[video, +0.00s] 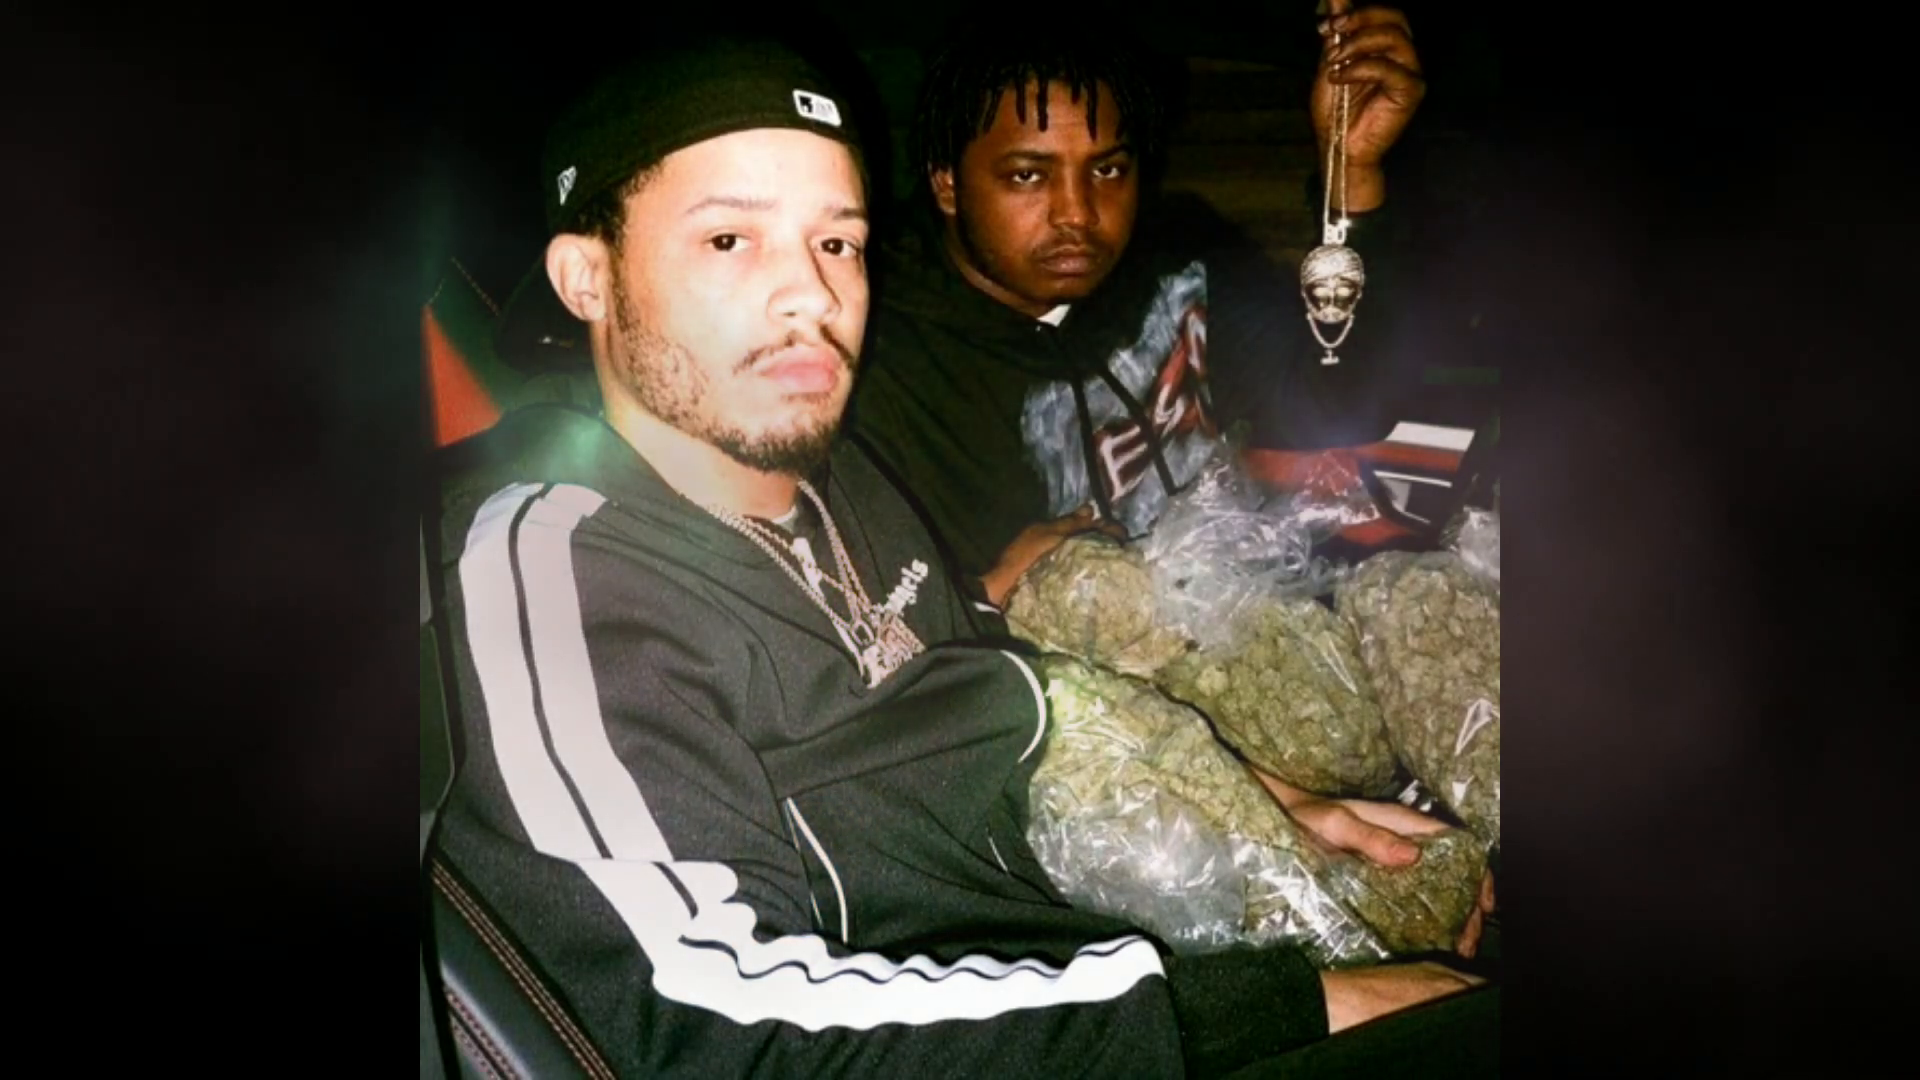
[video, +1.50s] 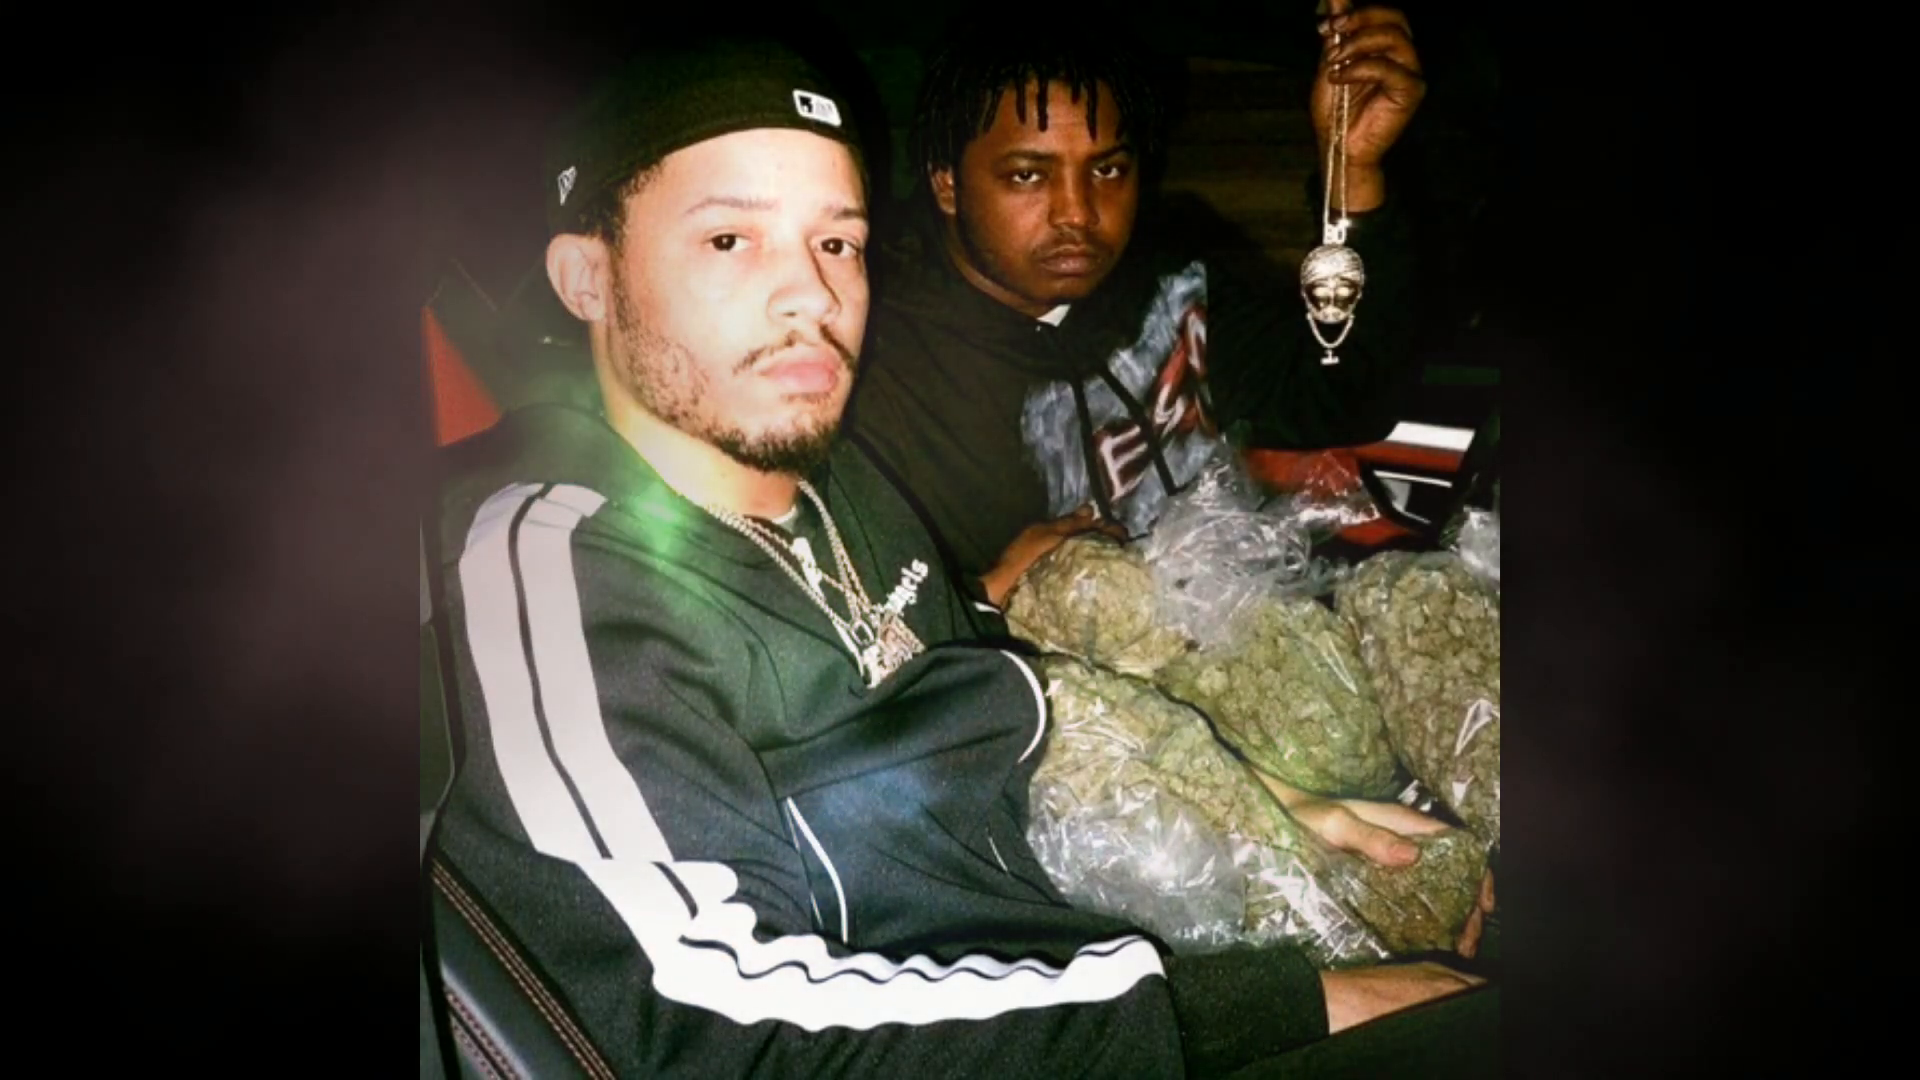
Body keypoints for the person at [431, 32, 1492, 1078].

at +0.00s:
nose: (810, 303)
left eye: (835, 249)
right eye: (729, 244)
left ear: (866, 269)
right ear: (588, 282)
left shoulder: (828, 482)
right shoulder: (536, 552)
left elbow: (1010, 745)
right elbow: (707, 1019)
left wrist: (1267, 820)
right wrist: (1278, 1008)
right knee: (1489, 1006)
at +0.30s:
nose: (812, 304)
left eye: (836, 249)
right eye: (730, 244)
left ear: (866, 267)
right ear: (588, 282)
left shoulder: (826, 477)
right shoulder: (535, 551)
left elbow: (1010, 753)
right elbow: (705, 1018)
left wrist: (1269, 831)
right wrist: (1272, 1010)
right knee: (1494, 1019)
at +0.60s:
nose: (811, 305)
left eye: (835, 249)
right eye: (729, 245)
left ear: (867, 267)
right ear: (588, 283)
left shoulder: (832, 486)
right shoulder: (536, 556)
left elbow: (1017, 774)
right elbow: (711, 1017)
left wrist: (1274, 839)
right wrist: (1279, 1006)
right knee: (1452, 1020)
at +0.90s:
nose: (810, 303)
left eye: (835, 248)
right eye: (729, 244)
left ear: (866, 267)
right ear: (587, 282)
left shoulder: (832, 485)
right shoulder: (536, 552)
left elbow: (1010, 769)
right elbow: (698, 1019)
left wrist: (1274, 833)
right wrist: (1268, 1005)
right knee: (1473, 1021)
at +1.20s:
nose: (809, 303)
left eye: (835, 249)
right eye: (729, 244)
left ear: (867, 268)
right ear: (587, 280)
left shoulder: (831, 486)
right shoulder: (534, 556)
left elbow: (1017, 755)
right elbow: (701, 1018)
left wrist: (1275, 828)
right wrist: (1270, 1005)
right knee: (1496, 1013)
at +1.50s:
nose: (810, 302)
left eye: (835, 250)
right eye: (729, 244)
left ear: (867, 269)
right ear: (586, 280)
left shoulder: (827, 486)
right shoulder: (536, 553)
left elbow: (1017, 755)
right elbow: (702, 1018)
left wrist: (1275, 827)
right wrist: (1275, 1008)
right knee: (1505, 1011)